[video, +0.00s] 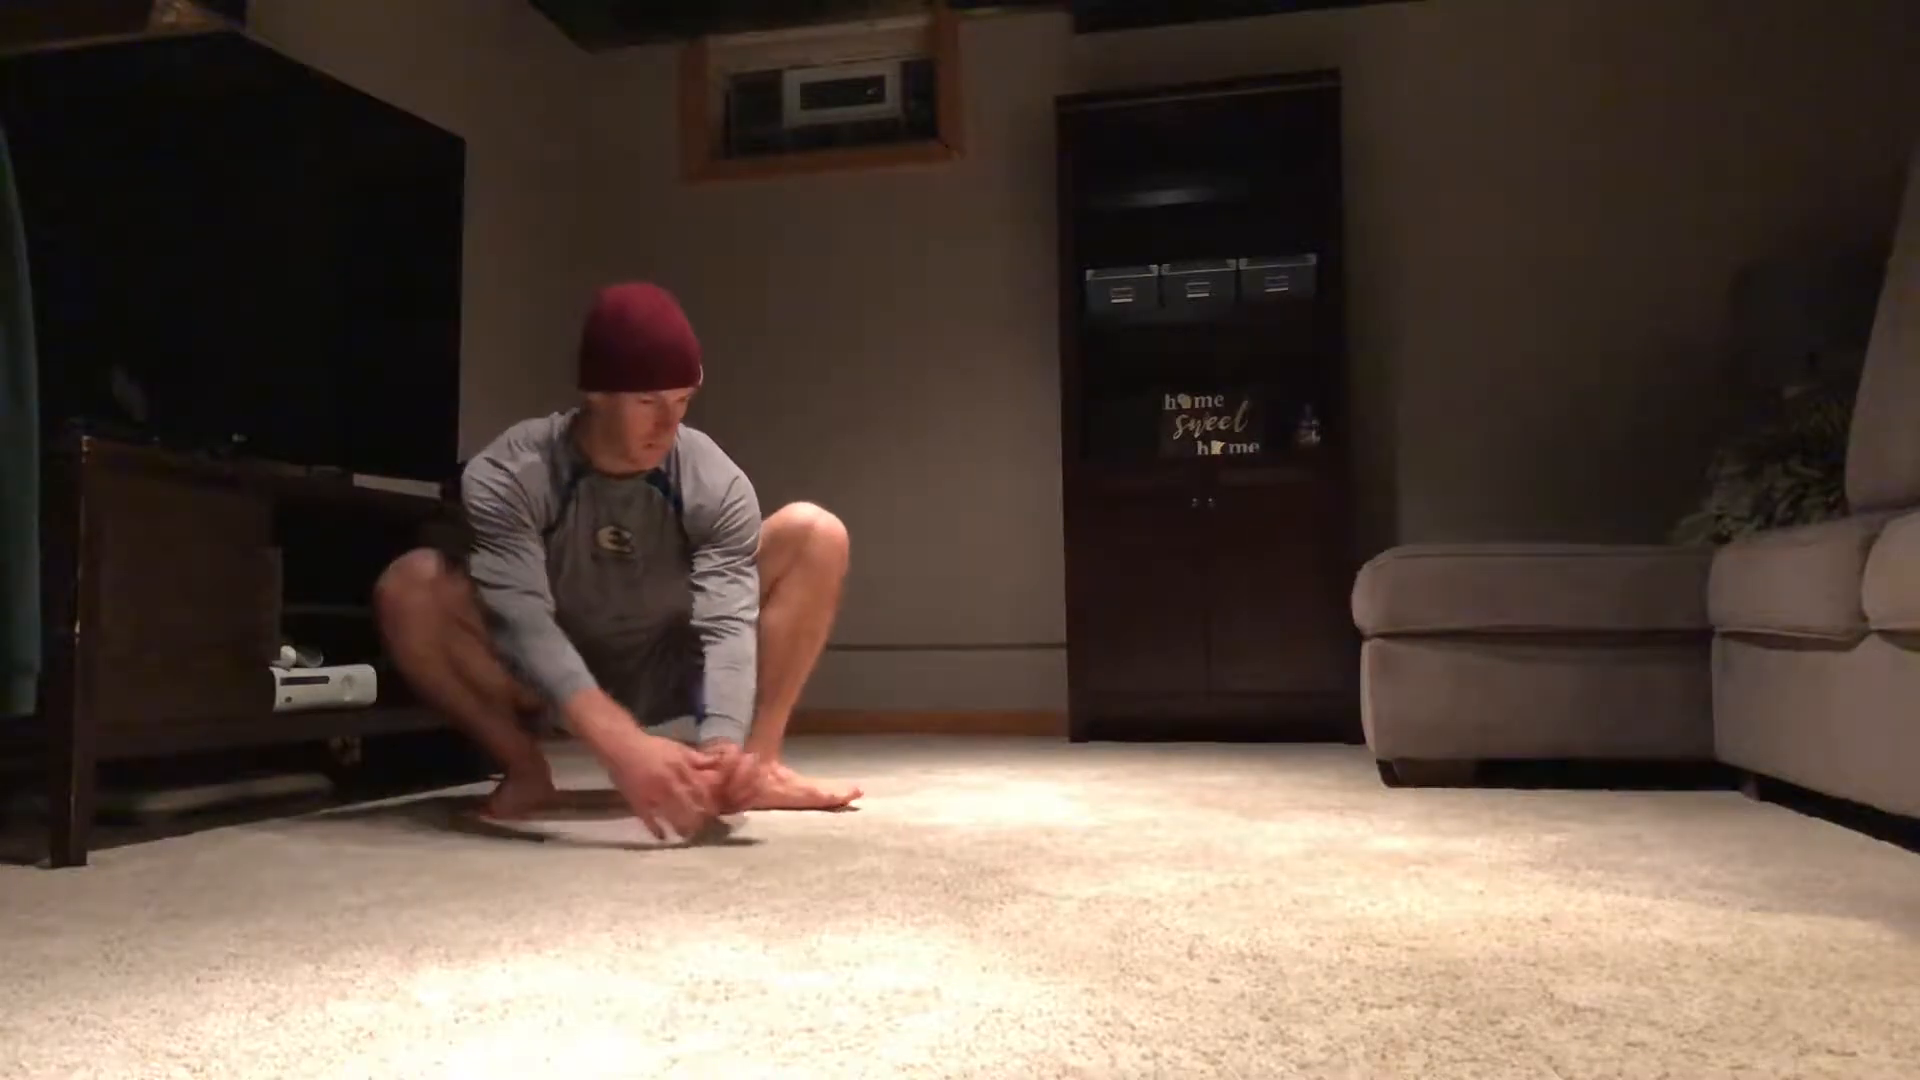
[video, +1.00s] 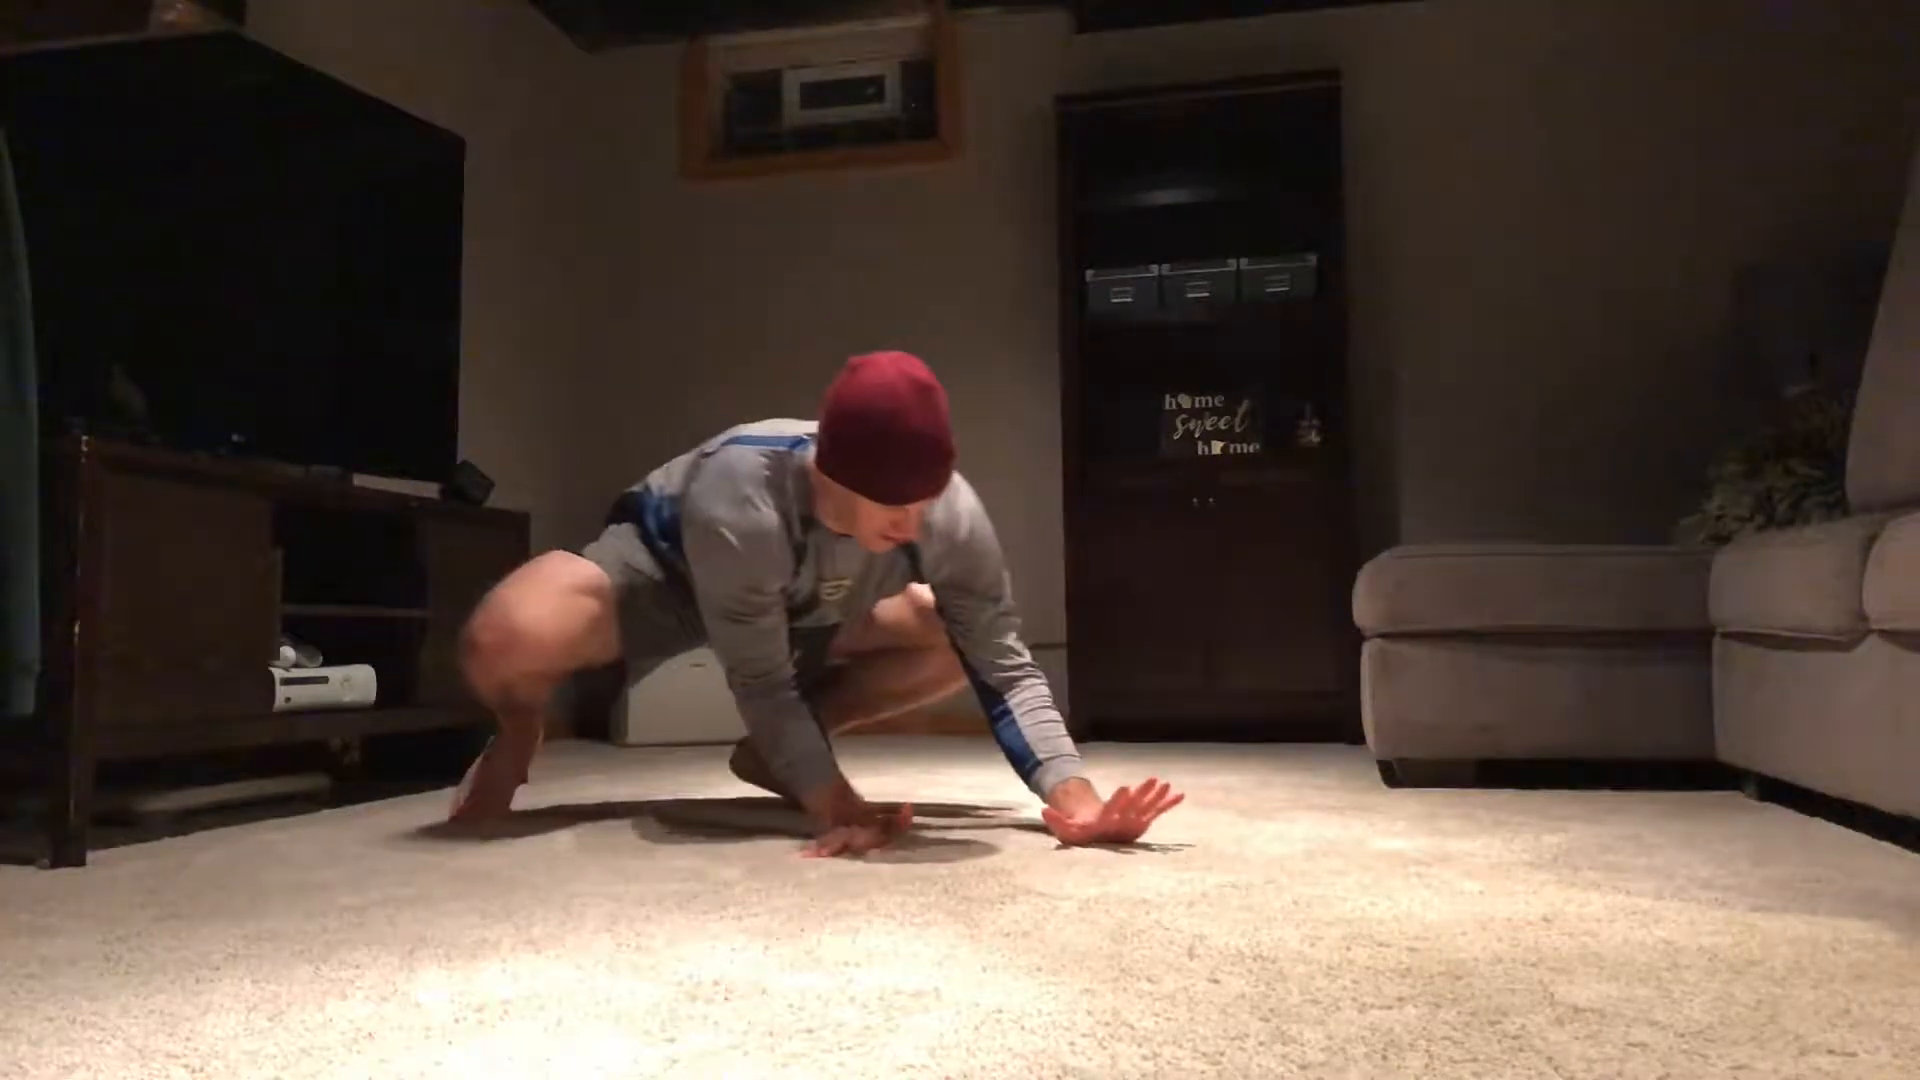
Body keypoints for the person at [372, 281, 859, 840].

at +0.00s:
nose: (669, 422)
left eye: (681, 401)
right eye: (648, 401)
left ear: (693, 394)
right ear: (596, 395)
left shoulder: (717, 489)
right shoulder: (506, 477)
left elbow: (729, 626)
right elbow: (526, 624)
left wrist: (722, 748)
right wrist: (626, 750)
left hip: (670, 672)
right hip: (555, 675)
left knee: (816, 534)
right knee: (409, 588)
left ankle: (751, 763)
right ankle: (524, 773)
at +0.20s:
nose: (699, 438)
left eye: (711, 417)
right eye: (680, 417)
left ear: (723, 408)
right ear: (625, 406)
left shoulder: (741, 492)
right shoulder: (537, 486)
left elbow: (788, 627)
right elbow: (595, 643)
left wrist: (818, 746)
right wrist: (712, 759)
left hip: (688, 666)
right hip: (571, 670)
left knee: (831, 536)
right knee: (422, 591)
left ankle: (775, 748)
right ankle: (527, 773)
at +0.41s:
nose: (743, 456)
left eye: (754, 438)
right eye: (725, 439)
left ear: (762, 429)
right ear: (669, 426)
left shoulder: (765, 493)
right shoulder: (575, 495)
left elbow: (838, 626)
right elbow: (644, 656)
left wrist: (911, 763)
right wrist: (768, 764)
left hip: (698, 646)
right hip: (582, 649)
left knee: (849, 540)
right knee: (428, 600)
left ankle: (758, 775)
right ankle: (525, 773)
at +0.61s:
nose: (786, 469)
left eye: (796, 449)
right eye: (765, 449)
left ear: (806, 441)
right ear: (709, 435)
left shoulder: (804, 494)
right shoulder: (617, 496)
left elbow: (879, 633)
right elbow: (680, 669)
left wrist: (968, 778)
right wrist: (807, 779)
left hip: (717, 635)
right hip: (598, 630)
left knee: (880, 555)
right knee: (443, 610)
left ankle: (752, 774)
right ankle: (520, 766)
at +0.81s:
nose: (845, 488)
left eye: (854, 467)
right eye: (825, 469)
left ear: (864, 454)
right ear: (764, 451)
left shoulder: (871, 505)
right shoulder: (674, 496)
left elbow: (941, 645)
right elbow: (721, 677)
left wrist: (1030, 790)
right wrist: (824, 803)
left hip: (757, 623)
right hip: (627, 600)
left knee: (917, 614)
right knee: (467, 611)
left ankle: (761, 772)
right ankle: (516, 743)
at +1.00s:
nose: (908, 527)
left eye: (921, 506)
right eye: (888, 507)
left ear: (938, 477)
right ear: (831, 472)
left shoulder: (950, 516)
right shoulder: (736, 503)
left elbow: (1004, 664)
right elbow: (761, 681)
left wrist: (1076, 802)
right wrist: (841, 811)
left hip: (807, 603)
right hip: (668, 572)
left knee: (955, 641)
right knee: (507, 635)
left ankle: (783, 748)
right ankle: (516, 740)